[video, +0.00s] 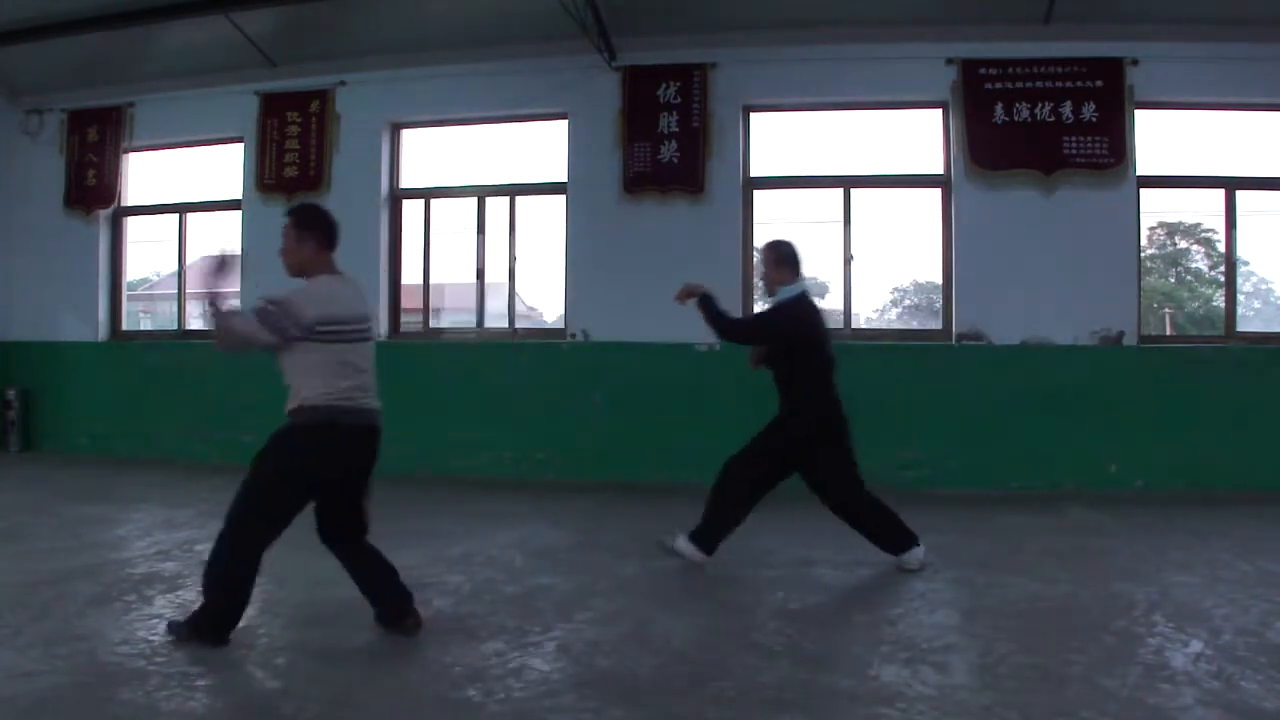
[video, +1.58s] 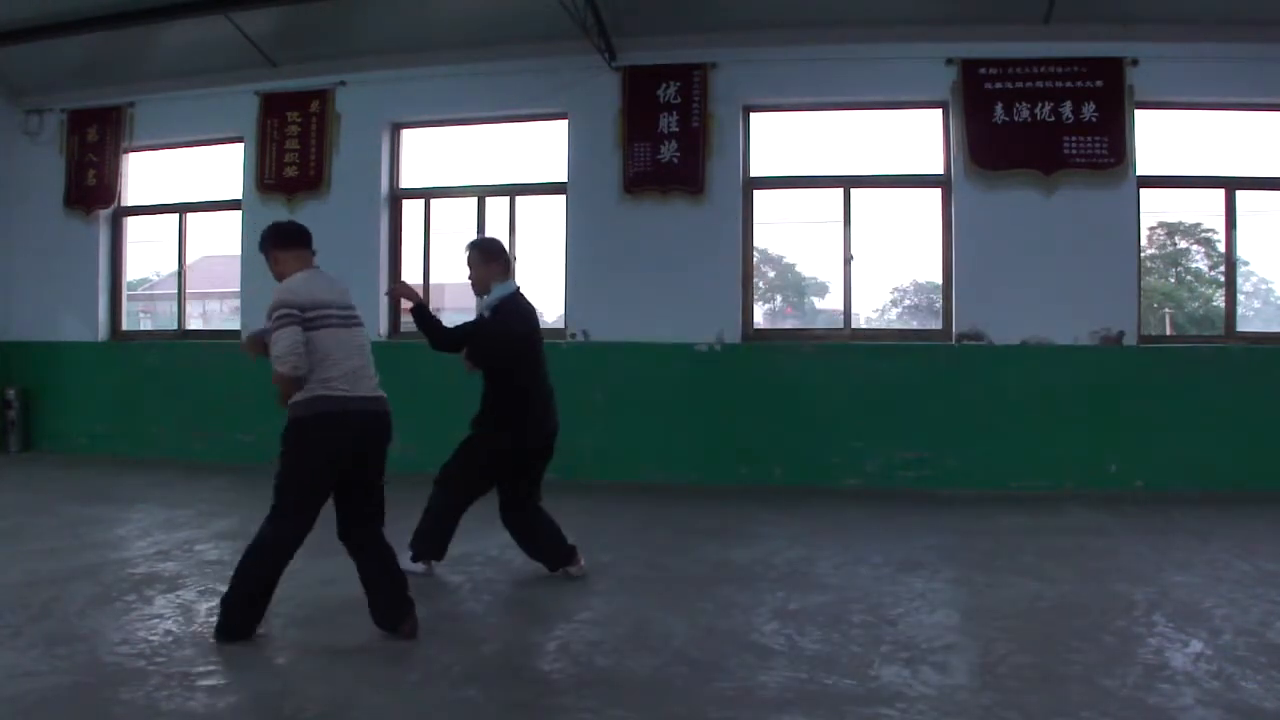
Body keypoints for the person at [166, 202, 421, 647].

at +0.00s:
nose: (282, 251)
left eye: (288, 241)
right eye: (283, 241)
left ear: (311, 243)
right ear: (324, 245)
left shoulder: (303, 300)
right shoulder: (355, 295)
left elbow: (247, 331)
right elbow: (286, 328)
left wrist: (221, 313)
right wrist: (239, 323)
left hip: (312, 428)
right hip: (362, 429)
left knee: (248, 525)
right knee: (342, 530)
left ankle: (213, 623)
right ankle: (399, 614)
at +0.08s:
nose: (254, 261)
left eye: (258, 252)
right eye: (255, 252)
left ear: (278, 254)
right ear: (298, 256)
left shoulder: (271, 299)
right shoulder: (332, 312)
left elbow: (210, 293)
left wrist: (170, 283)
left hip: (288, 448)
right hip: (336, 445)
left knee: (230, 524)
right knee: (327, 536)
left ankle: (211, 623)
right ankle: (398, 611)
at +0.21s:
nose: (236, 272)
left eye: (242, 262)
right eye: (237, 262)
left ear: (265, 263)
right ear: (274, 264)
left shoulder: (283, 315)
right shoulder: (304, 311)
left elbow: (257, 379)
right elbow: (274, 382)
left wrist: (210, 357)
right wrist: (223, 369)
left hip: (291, 446)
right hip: (331, 445)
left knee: (222, 520)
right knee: (319, 539)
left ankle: (210, 621)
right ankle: (386, 615)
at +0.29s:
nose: (222, 282)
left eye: (227, 271)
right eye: (223, 272)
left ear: (251, 272)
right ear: (260, 273)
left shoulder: (289, 320)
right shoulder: (269, 326)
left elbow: (299, 390)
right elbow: (216, 361)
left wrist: (242, 391)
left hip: (297, 450)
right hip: (330, 449)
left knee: (224, 519)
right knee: (325, 546)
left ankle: (210, 622)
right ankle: (390, 618)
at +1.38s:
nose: (261, 274)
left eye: (260, 264)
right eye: (259, 265)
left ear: (270, 260)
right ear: (299, 255)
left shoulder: (299, 304)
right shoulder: (318, 300)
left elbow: (305, 374)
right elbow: (252, 349)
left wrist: (275, 388)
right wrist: (218, 322)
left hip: (314, 438)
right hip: (357, 433)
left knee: (255, 530)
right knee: (346, 536)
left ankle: (215, 619)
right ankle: (396, 618)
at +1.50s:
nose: (268, 274)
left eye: (266, 264)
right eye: (265, 266)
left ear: (273, 258)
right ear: (304, 253)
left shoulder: (297, 297)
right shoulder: (334, 294)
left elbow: (304, 370)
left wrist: (282, 394)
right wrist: (265, 346)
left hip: (320, 430)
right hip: (369, 425)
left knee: (272, 529)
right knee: (354, 532)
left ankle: (222, 618)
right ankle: (399, 619)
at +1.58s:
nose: (271, 269)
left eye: (270, 261)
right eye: (270, 262)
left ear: (275, 258)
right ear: (310, 252)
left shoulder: (288, 294)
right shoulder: (339, 289)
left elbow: (290, 366)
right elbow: (329, 342)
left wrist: (286, 398)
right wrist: (271, 342)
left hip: (318, 420)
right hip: (370, 416)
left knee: (286, 526)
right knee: (362, 526)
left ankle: (235, 623)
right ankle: (399, 618)